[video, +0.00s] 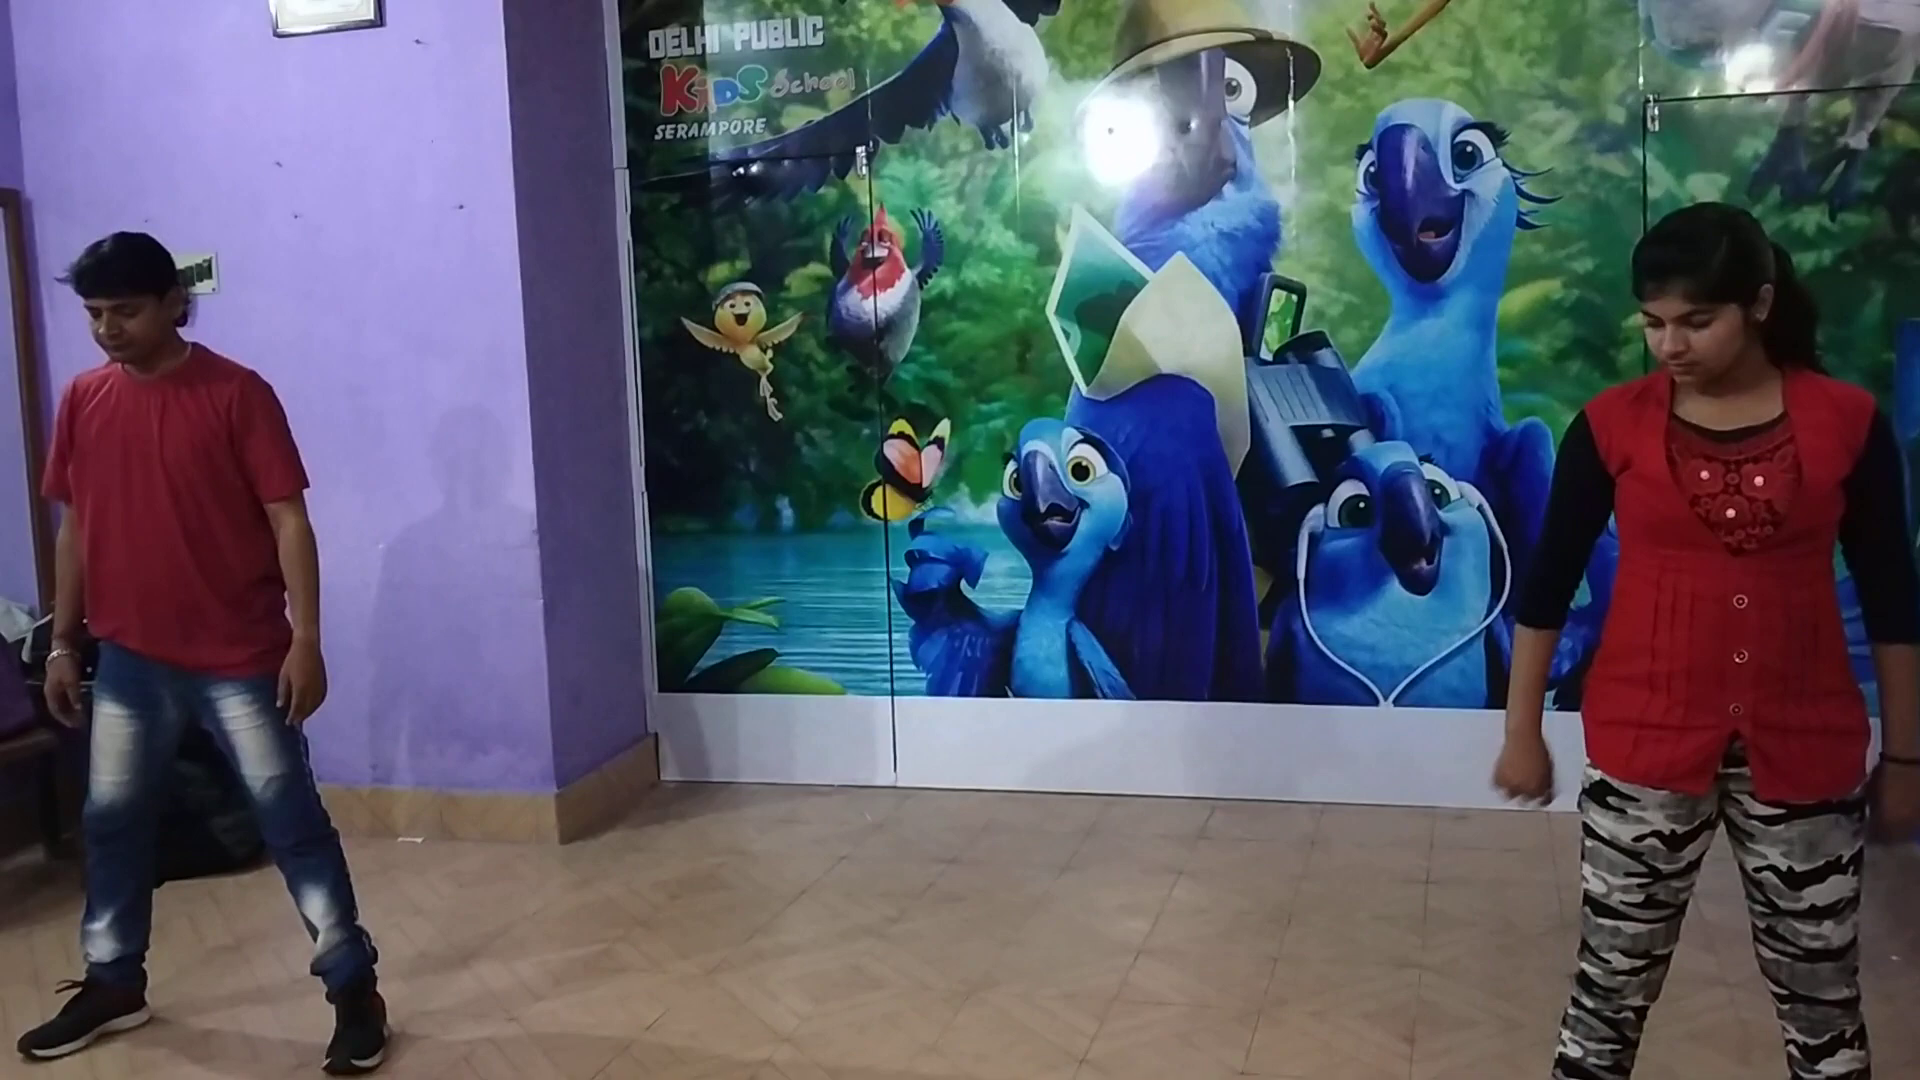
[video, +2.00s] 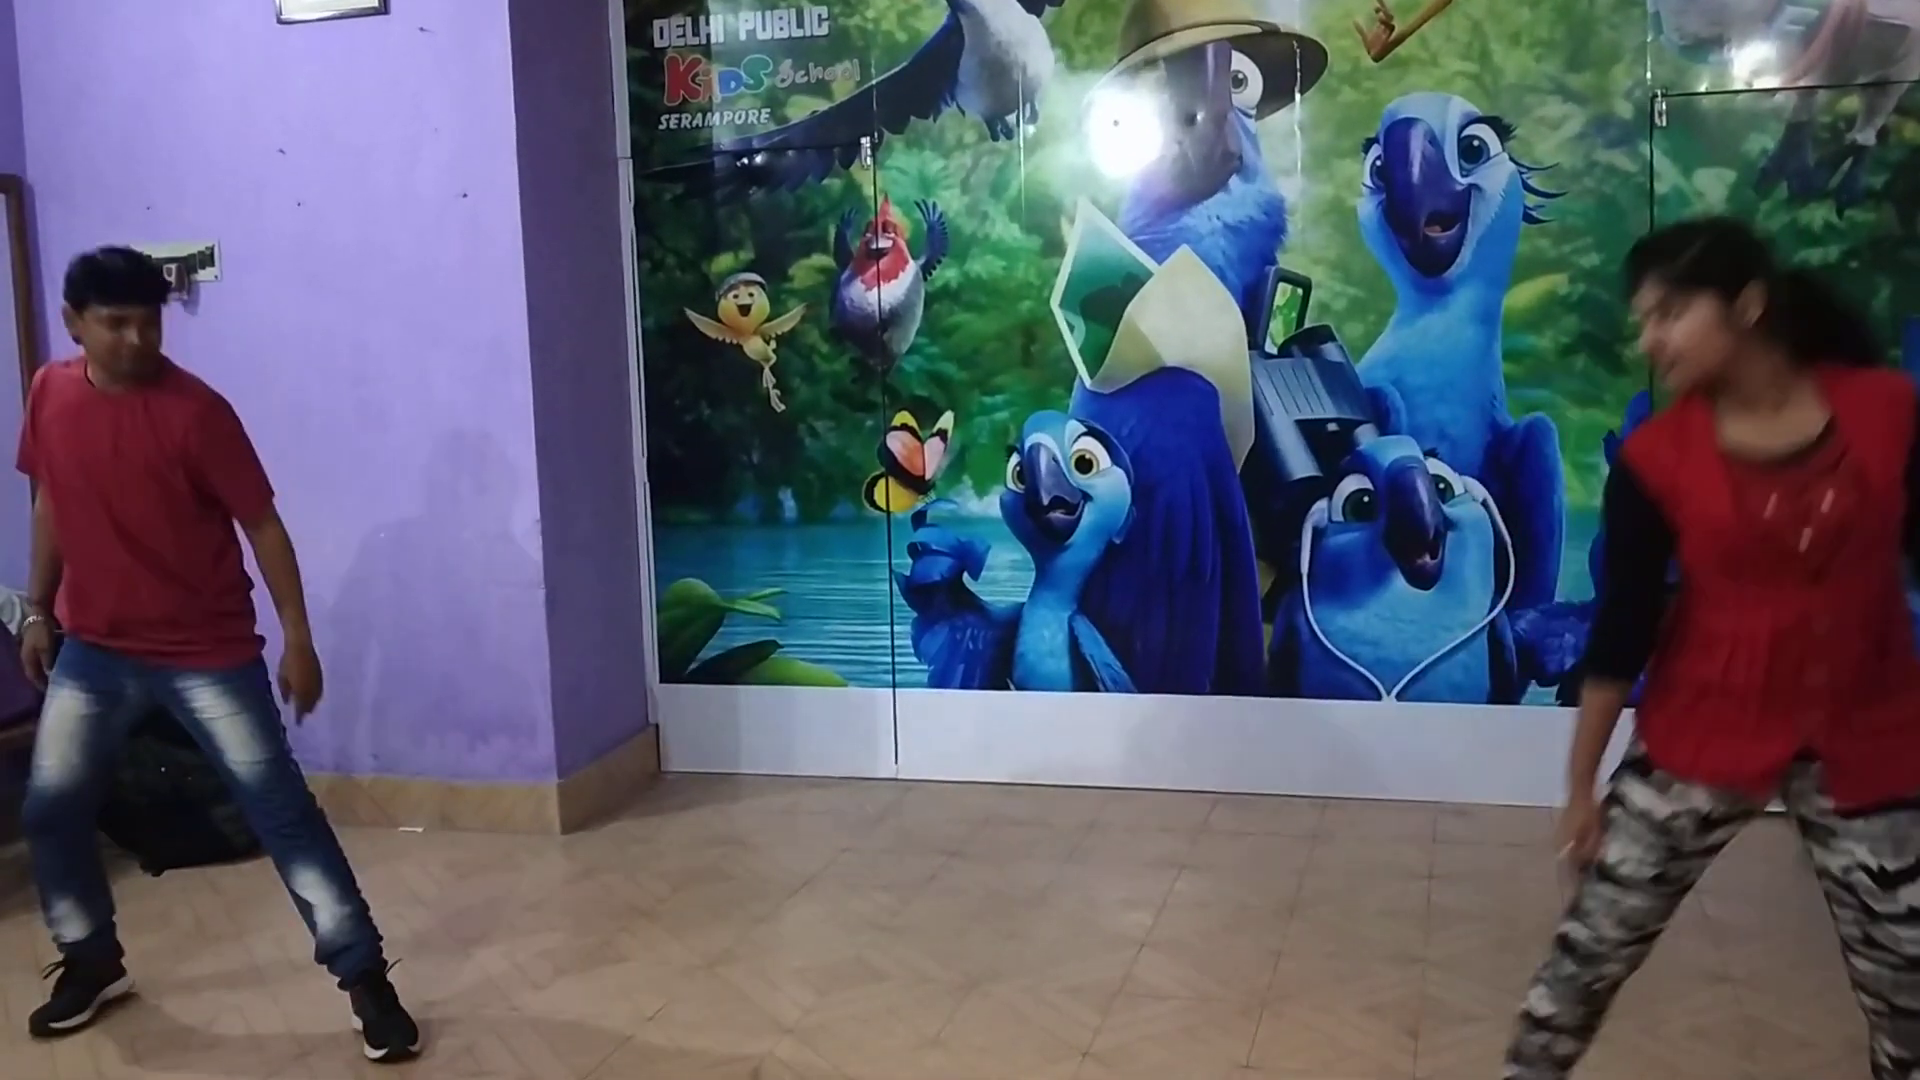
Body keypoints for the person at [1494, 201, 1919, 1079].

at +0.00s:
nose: (1671, 345)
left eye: (1694, 321)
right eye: (1655, 321)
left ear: (1756, 308)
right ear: (1639, 313)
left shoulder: (1845, 424)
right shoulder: (1612, 424)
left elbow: (1891, 595)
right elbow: (1548, 578)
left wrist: (1902, 756)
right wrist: (1521, 730)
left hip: (1802, 748)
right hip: (1645, 746)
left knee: (1821, 1002)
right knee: (1610, 991)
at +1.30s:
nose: (1612, 369)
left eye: (1646, 353)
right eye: (1604, 343)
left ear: (1694, 377)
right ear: (1584, 349)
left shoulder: (1720, 488)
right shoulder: (1498, 470)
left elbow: (1791, 645)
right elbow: (1439, 626)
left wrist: (1882, 804)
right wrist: (1424, 789)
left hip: (1722, 773)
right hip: (1568, 785)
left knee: (1860, 1011)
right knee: (1475, 1024)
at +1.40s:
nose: (1533, 419)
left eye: (1566, 402)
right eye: (1524, 395)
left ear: (1617, 423)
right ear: (1504, 406)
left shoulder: (1674, 532)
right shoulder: (1442, 548)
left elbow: (1762, 677)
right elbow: (1385, 708)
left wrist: (1853, 824)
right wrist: (1351, 867)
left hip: (1710, 814)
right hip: (1547, 826)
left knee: (1876, 1020)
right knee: (1446, 1029)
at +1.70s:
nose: (1479, 517)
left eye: (1501, 492)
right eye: (1468, 498)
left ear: (1570, 492)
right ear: (1460, 506)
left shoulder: (1694, 565)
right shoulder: (1488, 650)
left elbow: (1808, 695)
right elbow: (1450, 816)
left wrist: (1890, 838)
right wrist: (1381, 972)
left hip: (1755, 841)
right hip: (1598, 852)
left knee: (1892, 1024)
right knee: (1463, 1015)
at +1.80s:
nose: (1543, 487)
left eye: (1565, 459)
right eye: (1531, 470)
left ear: (1635, 449)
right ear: (1523, 477)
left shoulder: (1770, 538)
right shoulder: (1551, 615)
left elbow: (1868, 691)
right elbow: (1515, 780)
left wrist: (1917, 822)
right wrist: (1451, 933)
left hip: (1798, 830)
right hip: (1633, 837)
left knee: (1912, 1028)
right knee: (1496, 1017)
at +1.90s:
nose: (1610, 421)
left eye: (1626, 393)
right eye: (1599, 405)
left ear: (1699, 379)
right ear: (1595, 414)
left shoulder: (1841, 479)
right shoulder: (1618, 540)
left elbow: (1909, 637)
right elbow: (1579, 705)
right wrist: (1526, 861)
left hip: (1840, 782)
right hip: (1678, 789)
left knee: (1917, 1013)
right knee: (1540, 995)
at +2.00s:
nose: (1648, 342)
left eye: (1666, 314)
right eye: (1642, 322)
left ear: (1746, 306)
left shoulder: (1887, 414)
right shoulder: (1657, 457)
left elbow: (1919, 555)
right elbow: (1621, 626)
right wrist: (1581, 785)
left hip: (1865, 727)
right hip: (1707, 729)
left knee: (1905, 975)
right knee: (1595, 942)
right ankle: (1529, 1070)